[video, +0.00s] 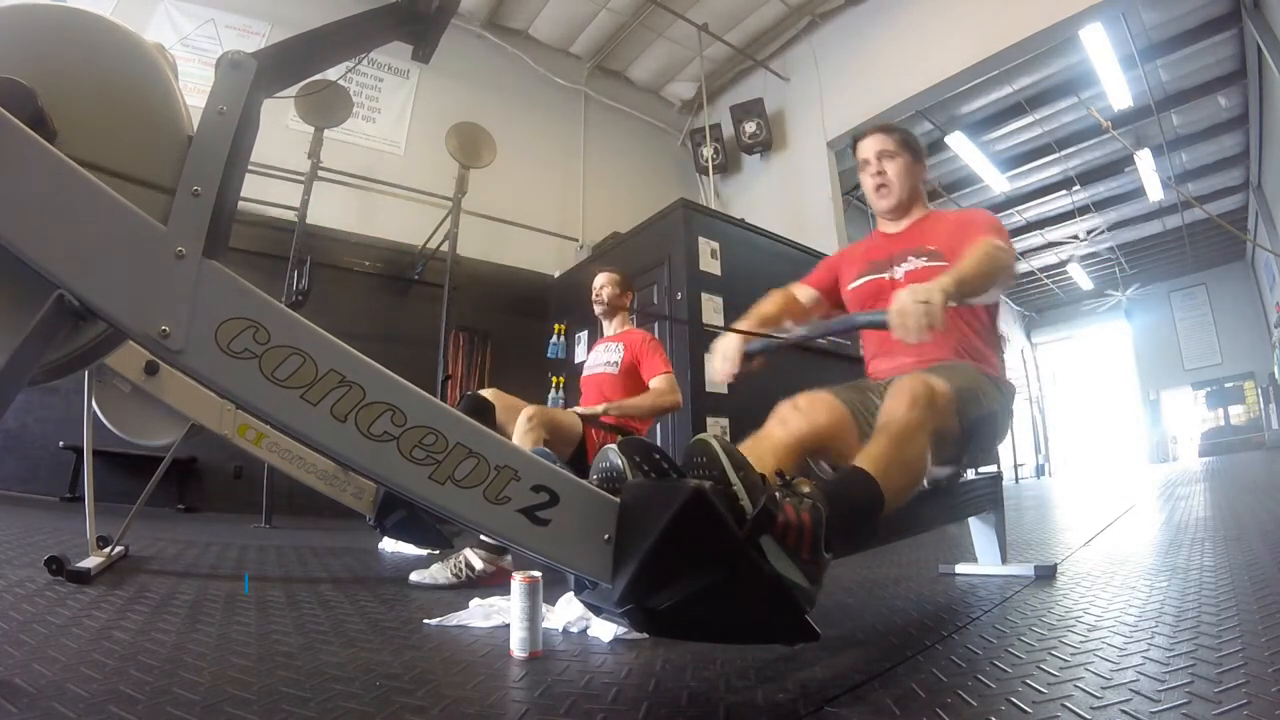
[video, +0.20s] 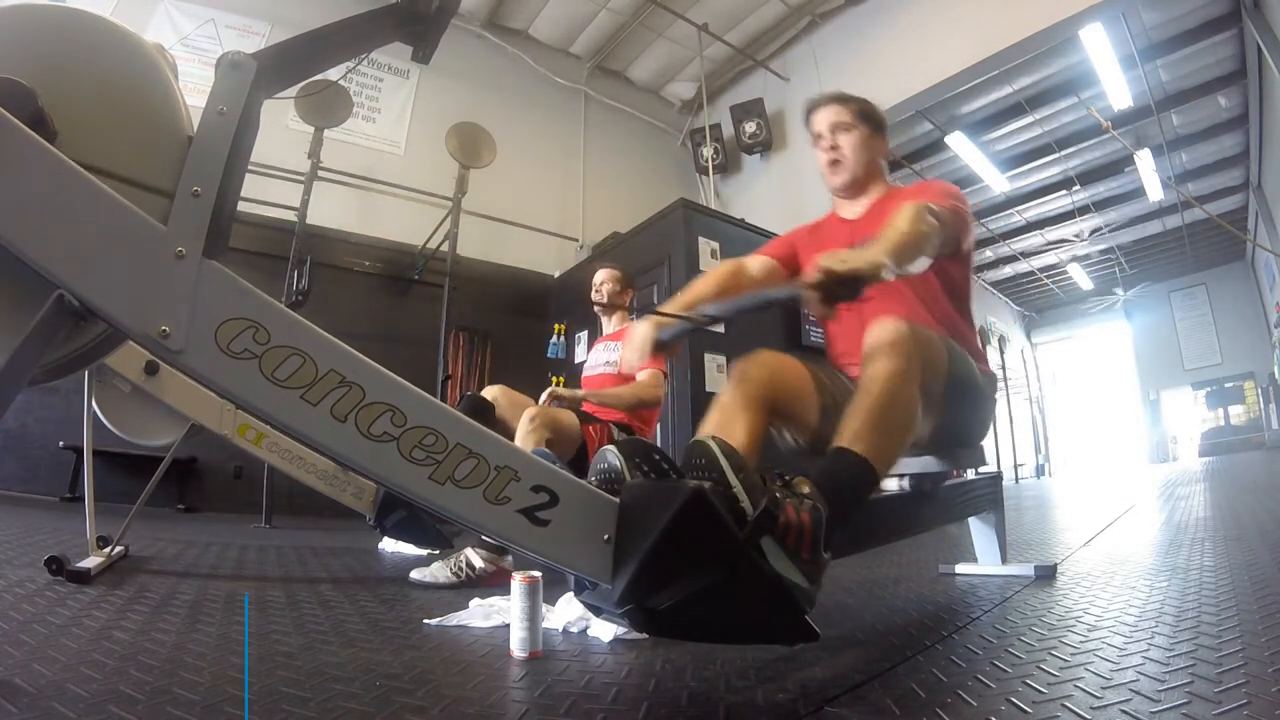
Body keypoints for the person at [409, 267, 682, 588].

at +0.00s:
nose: (596, 293)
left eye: (605, 287)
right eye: (594, 288)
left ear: (627, 297)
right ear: (592, 299)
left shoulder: (640, 340)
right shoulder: (598, 347)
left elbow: (670, 396)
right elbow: (600, 403)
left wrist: (605, 408)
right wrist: (570, 415)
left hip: (614, 442)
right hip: (579, 435)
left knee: (535, 417)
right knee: (485, 400)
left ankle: (490, 550)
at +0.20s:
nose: (597, 290)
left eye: (606, 284)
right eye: (595, 285)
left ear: (628, 295)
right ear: (592, 295)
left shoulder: (643, 330)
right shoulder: (600, 344)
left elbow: (653, 392)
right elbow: (598, 398)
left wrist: (580, 395)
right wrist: (567, 406)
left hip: (621, 437)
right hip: (583, 428)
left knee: (538, 419)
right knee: (494, 396)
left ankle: (492, 550)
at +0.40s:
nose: (597, 294)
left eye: (603, 287)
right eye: (594, 287)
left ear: (622, 293)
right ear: (591, 296)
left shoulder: (634, 336)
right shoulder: (592, 342)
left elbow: (643, 391)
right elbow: (587, 401)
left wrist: (575, 392)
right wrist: (543, 400)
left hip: (619, 433)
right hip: (579, 426)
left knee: (539, 416)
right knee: (495, 396)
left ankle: (495, 549)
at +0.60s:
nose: (578, 281)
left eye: (588, 275)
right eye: (579, 276)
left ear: (611, 285)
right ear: (573, 284)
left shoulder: (623, 326)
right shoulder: (583, 341)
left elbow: (617, 391)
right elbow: (573, 395)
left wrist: (554, 390)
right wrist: (526, 394)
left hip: (610, 428)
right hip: (573, 424)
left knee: (535, 413)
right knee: (477, 412)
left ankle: (500, 551)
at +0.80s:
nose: (553, 277)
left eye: (563, 272)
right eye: (555, 272)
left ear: (586, 282)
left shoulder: (598, 321)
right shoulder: (561, 336)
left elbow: (586, 384)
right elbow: (541, 389)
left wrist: (514, 388)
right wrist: (490, 392)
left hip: (602, 428)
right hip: (562, 422)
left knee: (525, 413)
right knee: (479, 408)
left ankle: (496, 551)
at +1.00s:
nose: (527, 292)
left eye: (533, 284)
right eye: (525, 285)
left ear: (554, 286)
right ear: (524, 292)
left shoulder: (579, 322)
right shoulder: (531, 342)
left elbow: (555, 390)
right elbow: (499, 395)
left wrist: (481, 401)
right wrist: (448, 404)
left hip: (590, 429)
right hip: (542, 425)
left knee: (509, 411)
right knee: (468, 409)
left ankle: (494, 550)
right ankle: (432, 535)